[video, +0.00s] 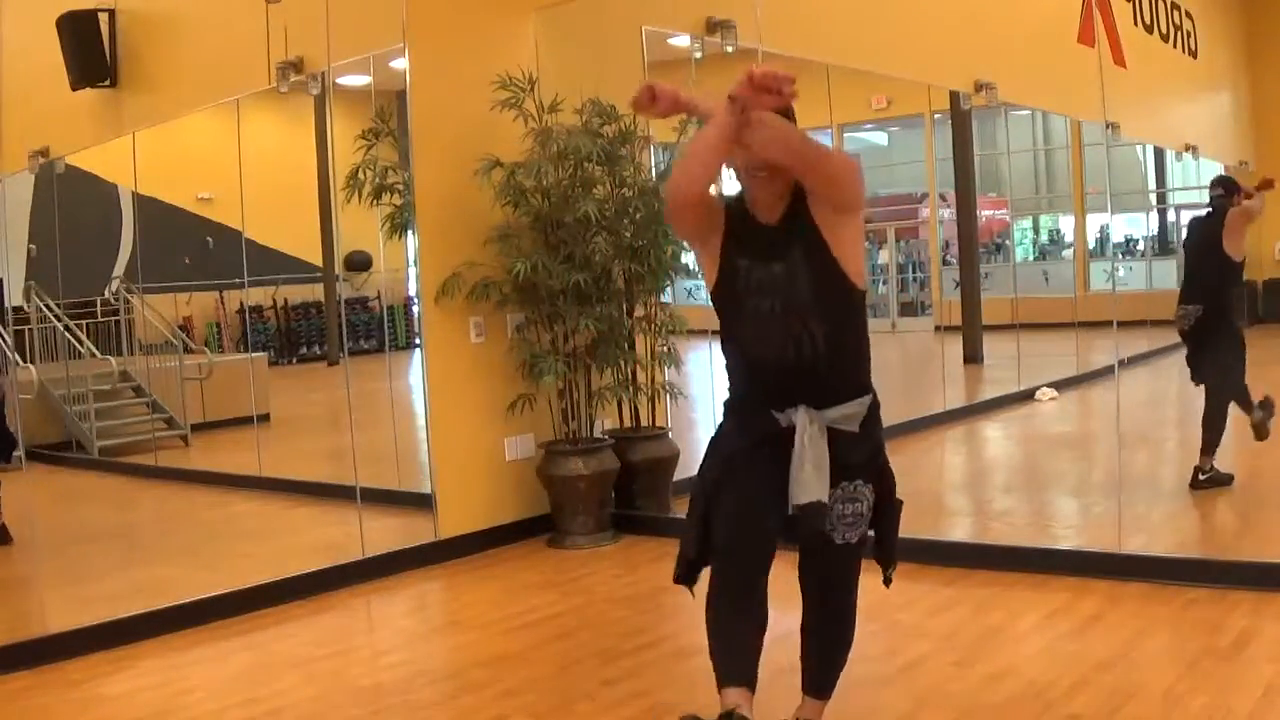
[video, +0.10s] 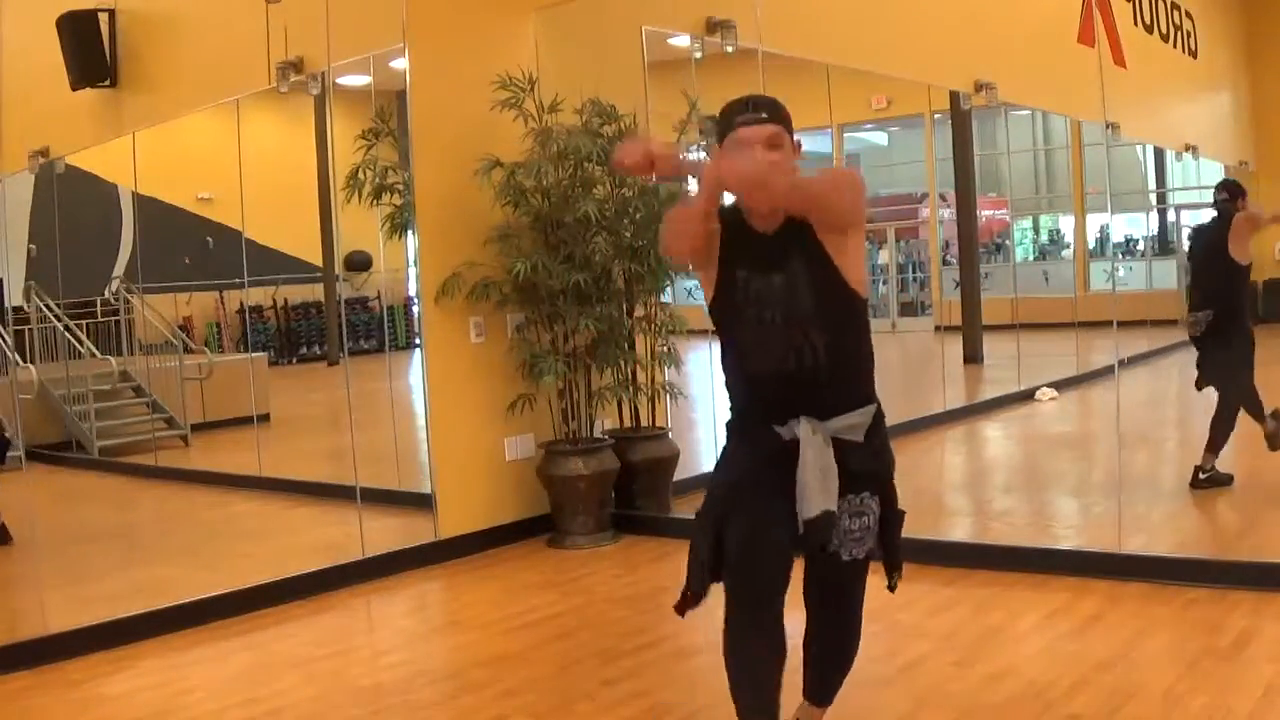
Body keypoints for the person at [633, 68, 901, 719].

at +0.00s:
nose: (752, 138)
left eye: (764, 128)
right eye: (741, 128)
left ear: (792, 136)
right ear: (727, 141)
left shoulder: (837, 200)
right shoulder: (714, 226)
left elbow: (774, 138)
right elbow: (683, 192)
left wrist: (694, 103)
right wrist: (738, 104)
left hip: (841, 425)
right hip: (753, 424)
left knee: (830, 580)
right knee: (736, 564)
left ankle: (812, 710)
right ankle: (735, 705)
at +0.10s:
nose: (762, 159)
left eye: (774, 145)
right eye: (744, 148)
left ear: (797, 153)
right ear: (719, 160)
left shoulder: (840, 199)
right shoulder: (710, 232)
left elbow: (771, 186)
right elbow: (678, 241)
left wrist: (675, 161)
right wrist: (708, 173)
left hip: (848, 438)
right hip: (760, 442)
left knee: (836, 599)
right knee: (750, 599)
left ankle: (813, 710)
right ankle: (757, 716)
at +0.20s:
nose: (756, 162)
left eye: (768, 147)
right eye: (737, 153)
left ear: (790, 159)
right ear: (717, 175)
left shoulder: (839, 217)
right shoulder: (694, 252)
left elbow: (809, 283)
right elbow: (681, 318)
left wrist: (746, 321)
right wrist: (680, 380)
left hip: (853, 467)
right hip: (762, 475)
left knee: (840, 658)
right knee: (783, 661)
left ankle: (793, 711)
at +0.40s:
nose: (719, 146)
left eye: (732, 133)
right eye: (698, 142)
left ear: (761, 156)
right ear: (683, 179)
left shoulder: (835, 244)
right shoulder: (675, 276)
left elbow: (916, 333)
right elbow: (663, 373)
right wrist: (649, 454)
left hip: (840, 481)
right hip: (745, 484)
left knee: (833, 641)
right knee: (756, 657)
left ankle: (817, 709)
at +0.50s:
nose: (703, 138)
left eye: (718, 124)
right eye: (683, 134)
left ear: (750, 145)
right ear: (669, 169)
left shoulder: (830, 225)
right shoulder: (665, 254)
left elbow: (927, 251)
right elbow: (663, 309)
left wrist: (971, 292)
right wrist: (654, 335)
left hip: (831, 474)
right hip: (738, 476)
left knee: (828, 644)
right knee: (750, 661)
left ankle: (832, 706)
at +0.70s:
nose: (687, 128)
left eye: (705, 110)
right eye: (668, 119)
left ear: (742, 129)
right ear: (653, 150)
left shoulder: (819, 218)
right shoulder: (651, 233)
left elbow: (924, 246)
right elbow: (669, 287)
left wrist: (996, 286)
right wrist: (653, 311)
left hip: (825, 481)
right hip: (728, 478)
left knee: (836, 675)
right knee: (748, 681)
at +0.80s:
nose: (685, 126)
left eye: (702, 109)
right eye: (665, 118)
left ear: (738, 130)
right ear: (648, 150)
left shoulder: (810, 230)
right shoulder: (648, 244)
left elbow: (917, 324)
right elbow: (646, 331)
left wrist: (986, 430)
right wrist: (632, 414)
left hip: (823, 492)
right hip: (720, 493)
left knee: (837, 694)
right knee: (744, 693)